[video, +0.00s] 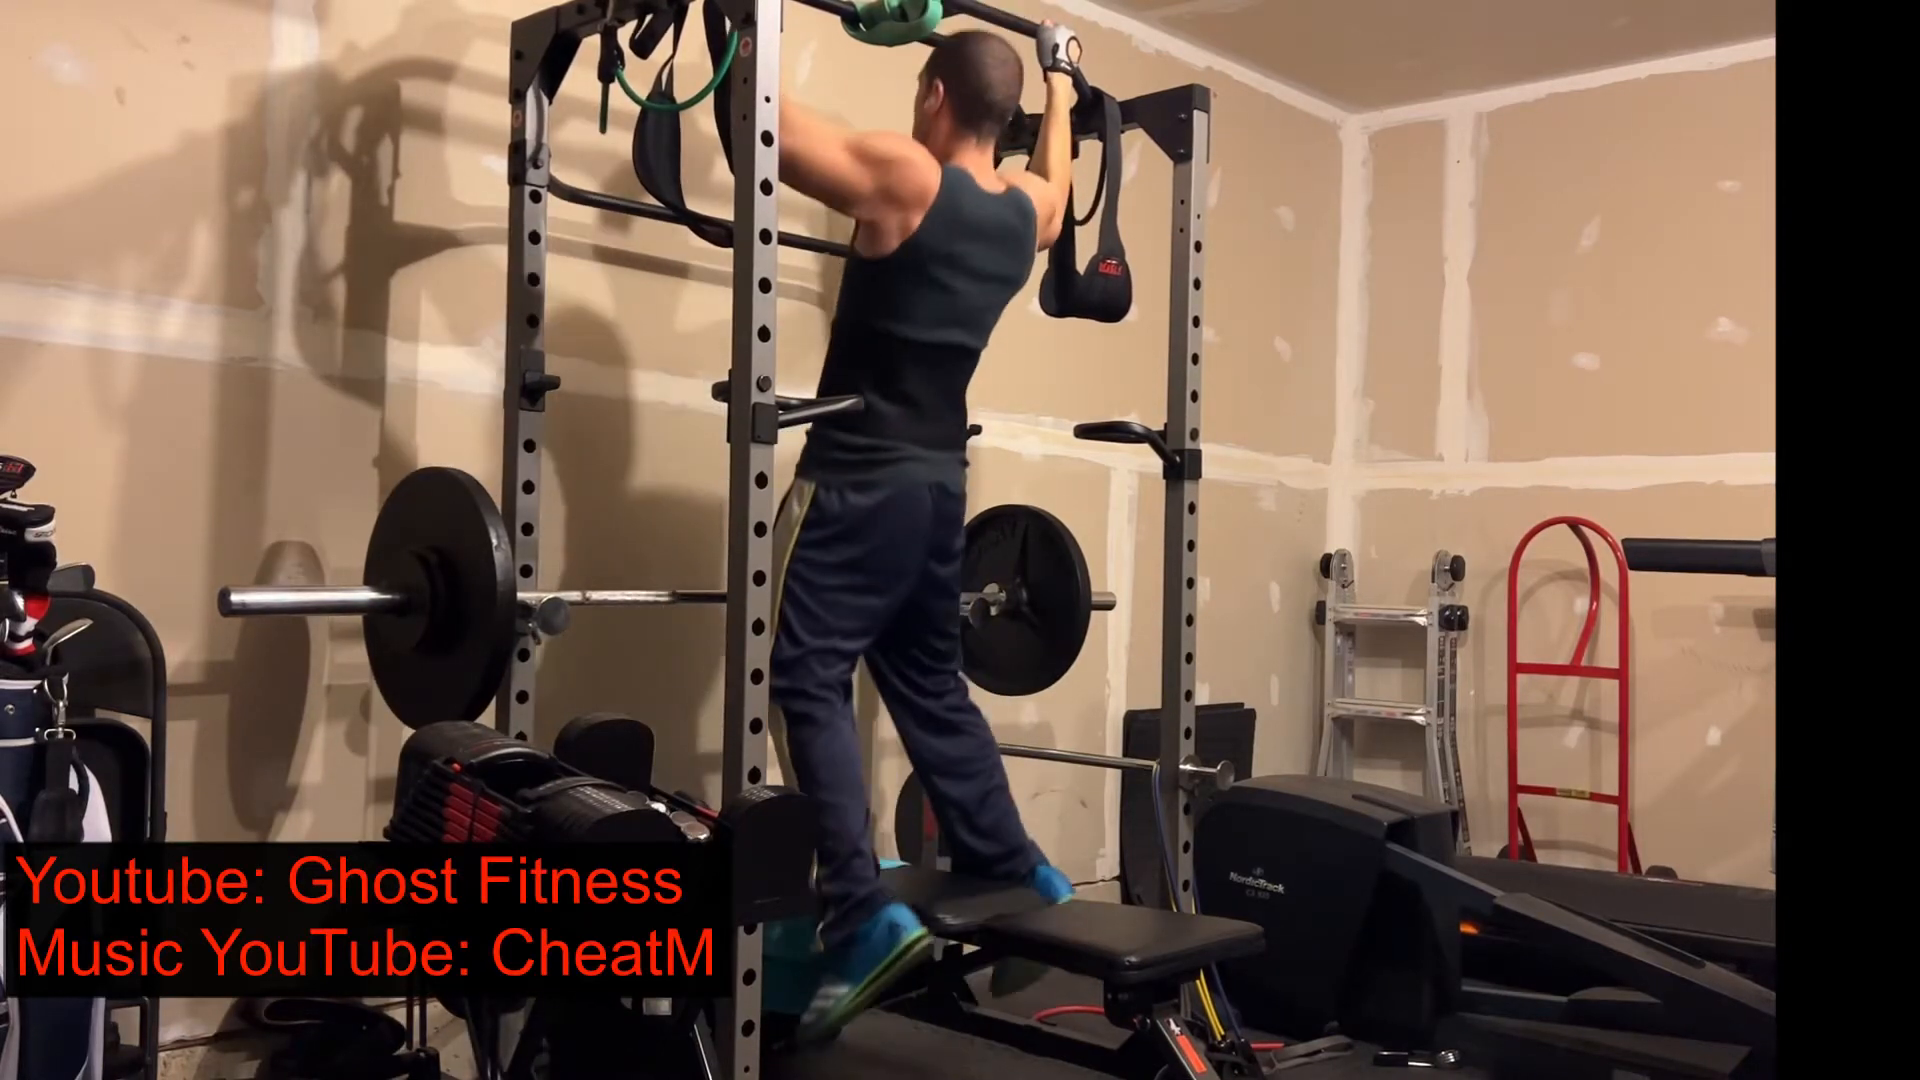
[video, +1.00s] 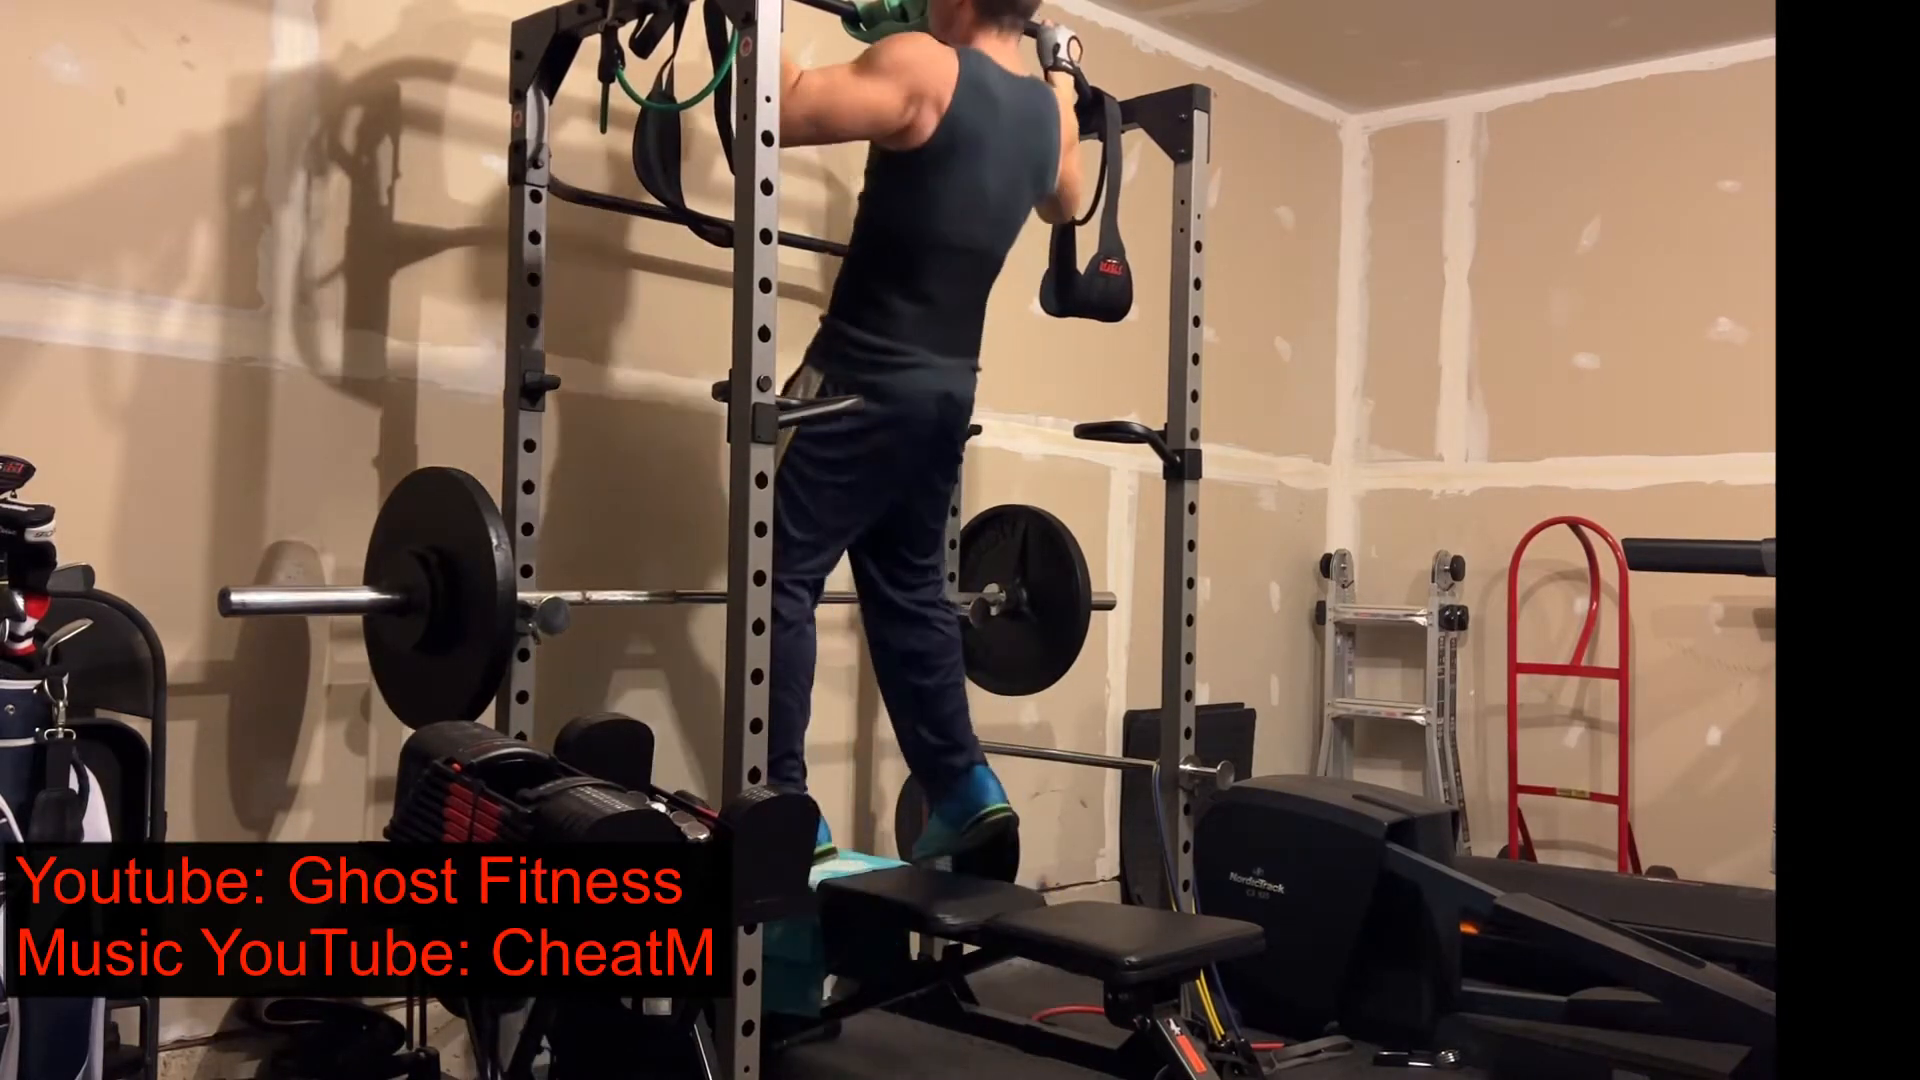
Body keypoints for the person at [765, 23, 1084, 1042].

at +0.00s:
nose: (914, 98)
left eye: (921, 84)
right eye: (923, 86)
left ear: (938, 98)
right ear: (1009, 118)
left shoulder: (902, 170)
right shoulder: (1024, 212)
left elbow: (767, 124)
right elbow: (1056, 185)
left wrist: (746, 30)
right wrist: (1061, 104)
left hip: (868, 480)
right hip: (938, 484)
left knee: (811, 681)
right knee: (931, 688)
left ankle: (862, 909)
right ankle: (1012, 871)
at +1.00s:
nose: (928, 8)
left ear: (960, 4)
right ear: (1025, 16)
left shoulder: (921, 67)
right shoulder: (1047, 107)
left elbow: (775, 107)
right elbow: (1069, 201)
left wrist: (757, 12)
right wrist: (1061, 91)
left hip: (862, 380)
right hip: (944, 390)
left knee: (780, 577)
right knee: (910, 591)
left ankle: (775, 800)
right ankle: (962, 791)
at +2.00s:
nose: (922, 136)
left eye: (929, 124)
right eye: (931, 125)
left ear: (948, 131)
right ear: (1011, 148)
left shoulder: (910, 199)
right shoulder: (1031, 243)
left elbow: (788, 138)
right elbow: (1051, 186)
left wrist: (770, 21)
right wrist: (1057, 107)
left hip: (868, 520)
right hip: (943, 524)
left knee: (804, 723)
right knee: (929, 731)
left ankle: (837, 962)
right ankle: (999, 936)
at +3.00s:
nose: (894, 176)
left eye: (900, 163)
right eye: (905, 164)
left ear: (919, 170)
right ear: (989, 190)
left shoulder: (883, 242)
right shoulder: (1004, 275)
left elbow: (775, 133)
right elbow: (1040, 191)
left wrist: (759, 30)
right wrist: (1057, 103)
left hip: (847, 536)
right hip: (924, 539)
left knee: (796, 748)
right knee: (918, 752)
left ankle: (846, 971)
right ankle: (1005, 952)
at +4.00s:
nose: (920, 17)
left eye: (927, 6)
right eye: (926, 7)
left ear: (947, 13)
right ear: (1013, 30)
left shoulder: (906, 86)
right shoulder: (1033, 130)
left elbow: (769, 117)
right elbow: (1056, 207)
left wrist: (748, 22)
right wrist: (1058, 95)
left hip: (861, 389)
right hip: (941, 400)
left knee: (799, 593)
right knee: (928, 608)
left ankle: (842, 820)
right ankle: (1002, 809)